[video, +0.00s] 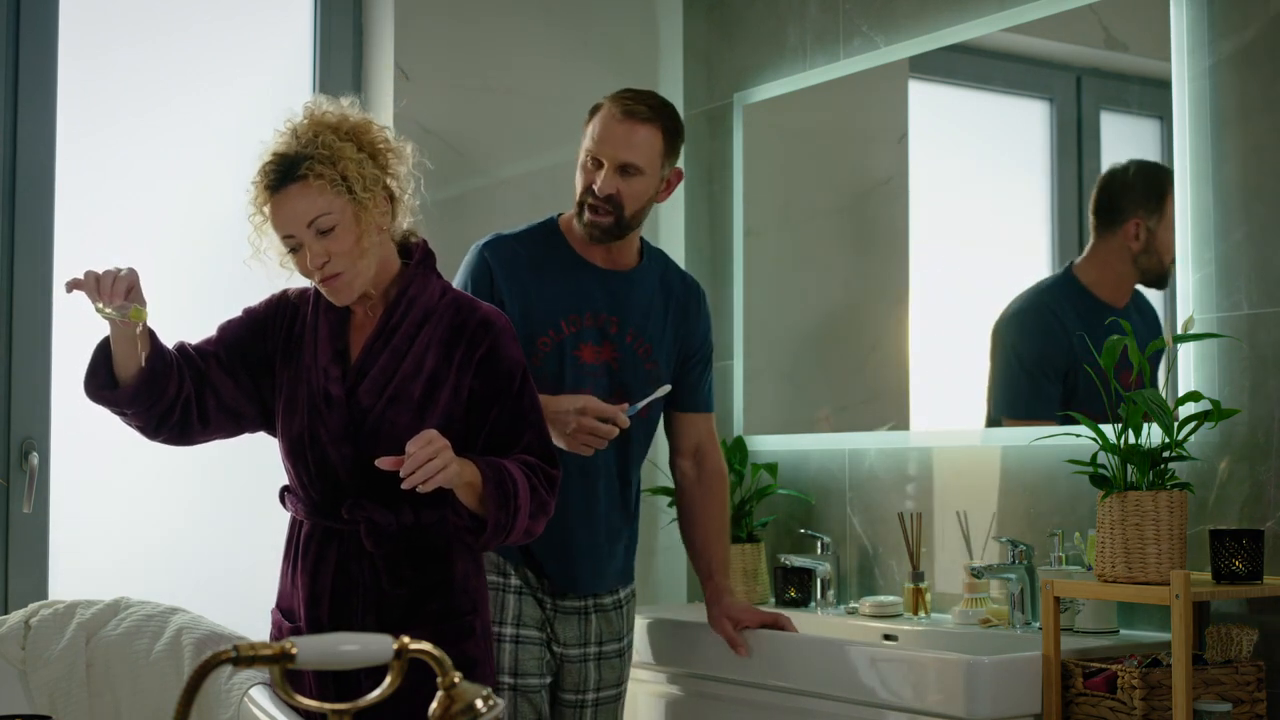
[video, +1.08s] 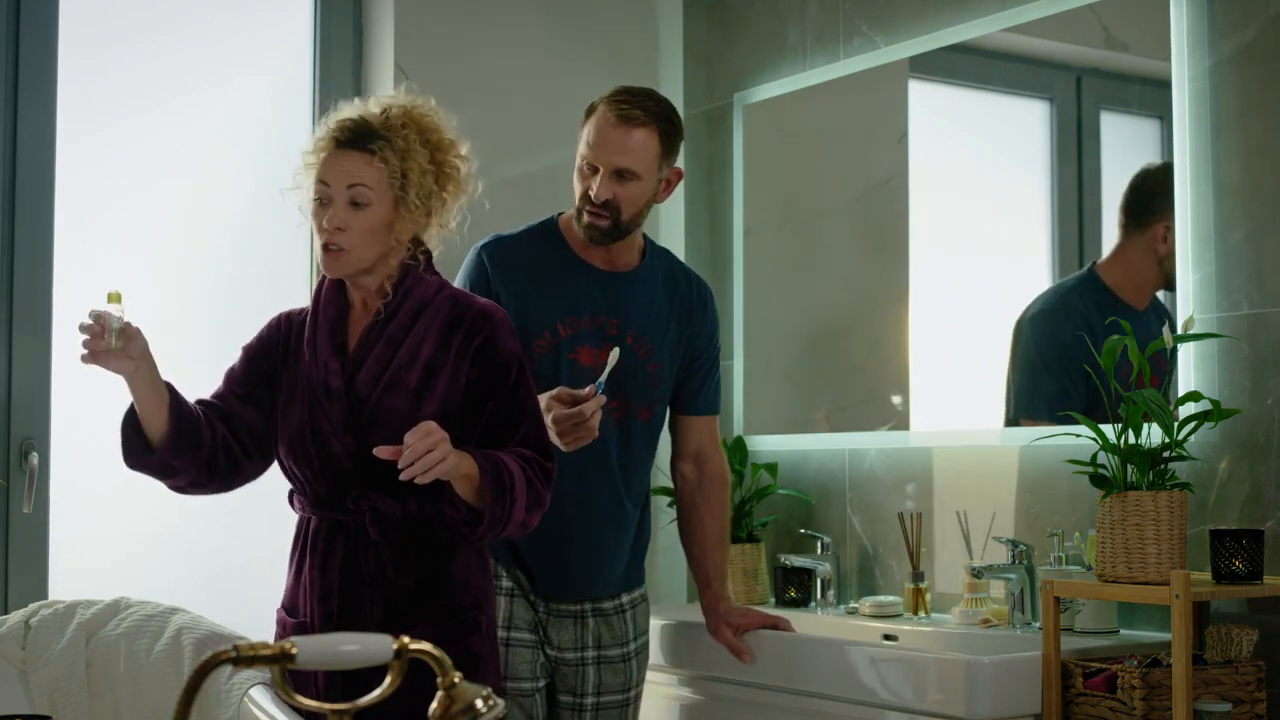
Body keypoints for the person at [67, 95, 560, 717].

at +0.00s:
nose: (312, 259)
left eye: (326, 230)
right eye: (294, 244)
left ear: (380, 208)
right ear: (281, 247)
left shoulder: (475, 333)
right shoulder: (289, 328)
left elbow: (533, 492)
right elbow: (170, 403)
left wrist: (464, 474)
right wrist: (127, 322)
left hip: (435, 618)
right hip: (312, 616)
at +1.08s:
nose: (330, 220)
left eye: (358, 201)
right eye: (323, 200)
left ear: (411, 216)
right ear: (311, 207)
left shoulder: (476, 331)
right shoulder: (291, 339)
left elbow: (529, 484)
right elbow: (211, 457)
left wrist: (460, 466)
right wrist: (141, 374)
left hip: (441, 614)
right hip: (318, 614)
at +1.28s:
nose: (388, 218)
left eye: (407, 197)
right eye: (366, 196)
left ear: (429, 210)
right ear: (326, 208)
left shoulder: (479, 330)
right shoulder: (287, 343)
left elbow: (532, 487)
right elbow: (226, 478)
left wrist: (473, 459)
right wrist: (148, 391)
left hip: (451, 618)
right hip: (324, 618)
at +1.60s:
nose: (435, 224)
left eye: (441, 204)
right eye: (412, 201)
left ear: (451, 207)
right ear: (348, 205)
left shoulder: (479, 328)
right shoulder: (284, 341)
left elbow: (529, 505)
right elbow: (241, 497)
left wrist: (535, 454)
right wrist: (205, 369)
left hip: (479, 612)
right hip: (349, 619)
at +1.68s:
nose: (441, 227)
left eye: (446, 207)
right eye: (420, 206)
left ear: (453, 210)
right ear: (355, 211)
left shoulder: (478, 327)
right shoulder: (291, 336)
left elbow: (509, 489)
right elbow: (253, 481)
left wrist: (538, 448)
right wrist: (233, 336)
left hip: (482, 602)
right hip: (358, 606)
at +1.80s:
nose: (443, 234)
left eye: (451, 215)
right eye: (423, 211)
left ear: (461, 217)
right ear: (360, 210)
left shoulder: (475, 331)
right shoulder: (305, 325)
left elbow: (509, 488)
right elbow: (282, 453)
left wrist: (562, 434)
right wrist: (281, 300)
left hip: (485, 600)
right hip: (368, 602)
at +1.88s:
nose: (459, 240)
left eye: (464, 220)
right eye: (439, 217)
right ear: (373, 217)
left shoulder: (474, 336)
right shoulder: (301, 328)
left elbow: (508, 491)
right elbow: (309, 446)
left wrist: (578, 435)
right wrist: (325, 293)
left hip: (487, 604)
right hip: (372, 609)